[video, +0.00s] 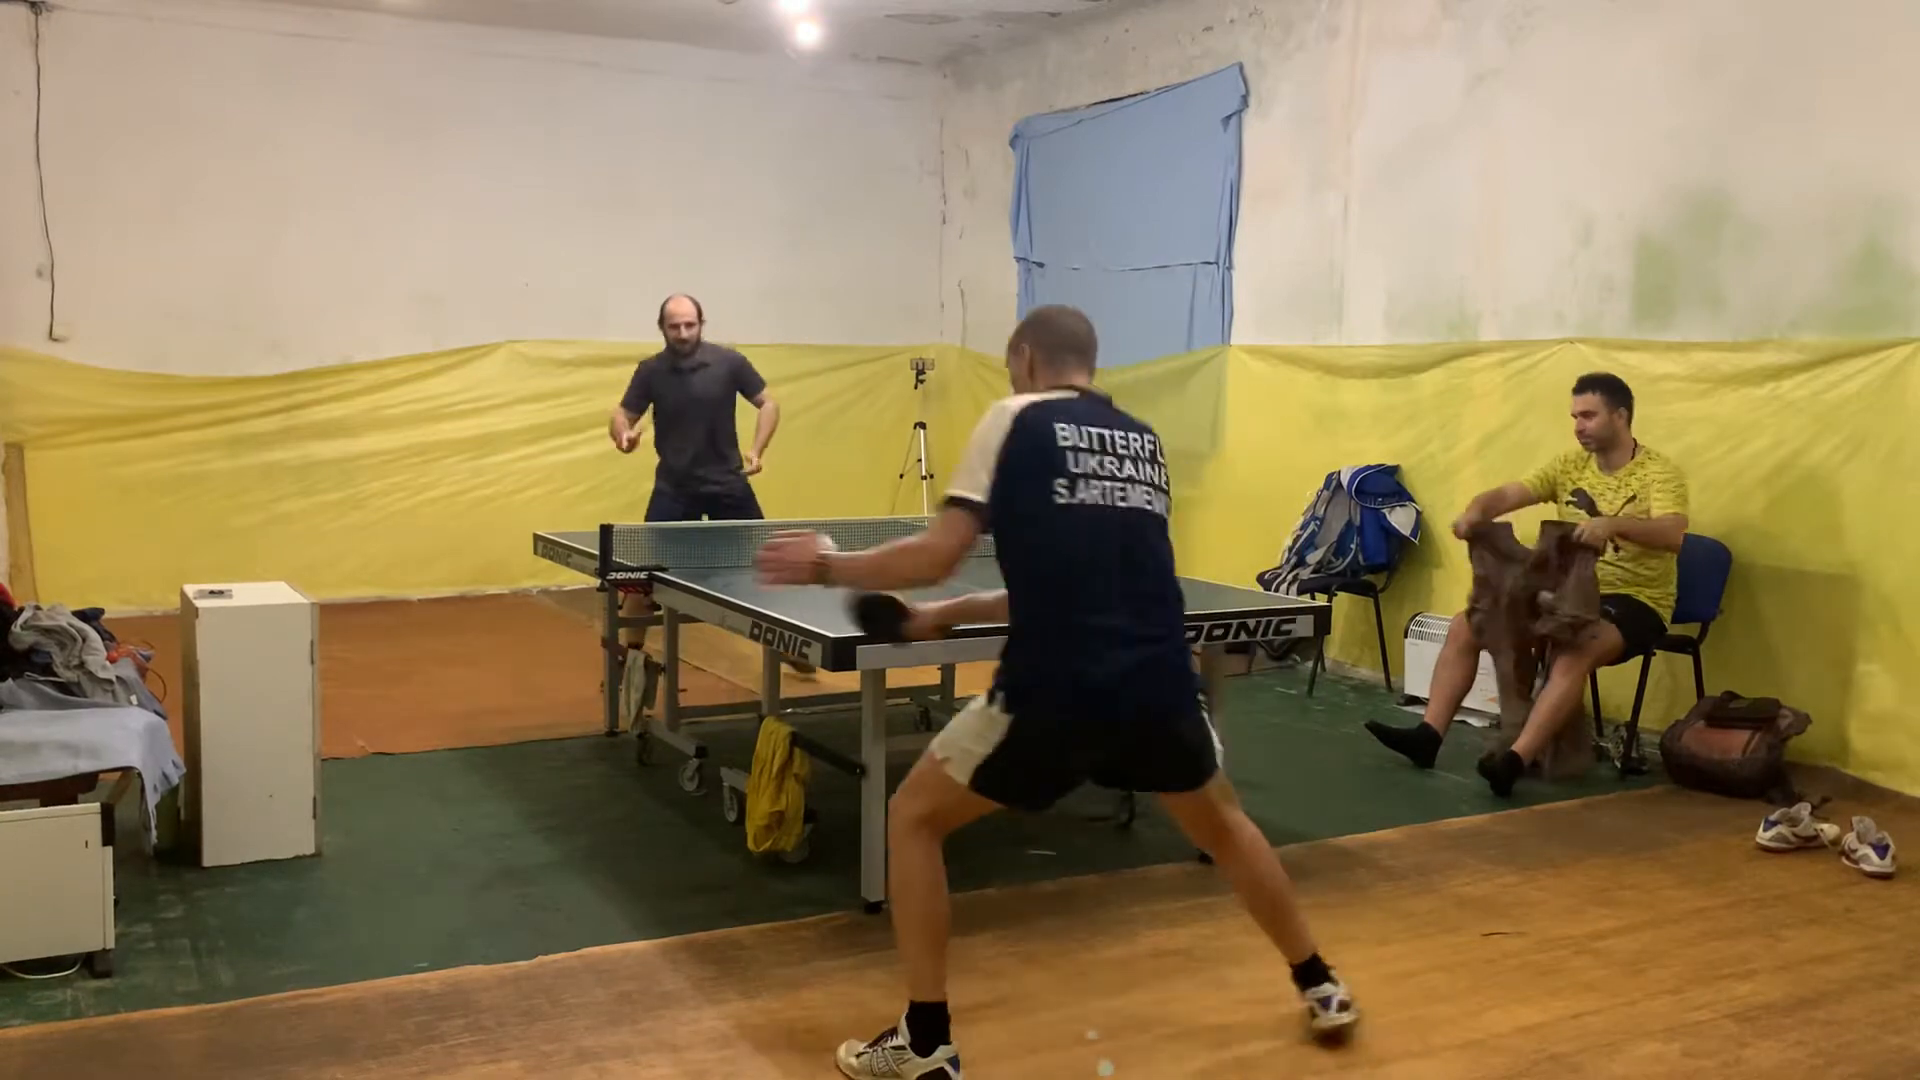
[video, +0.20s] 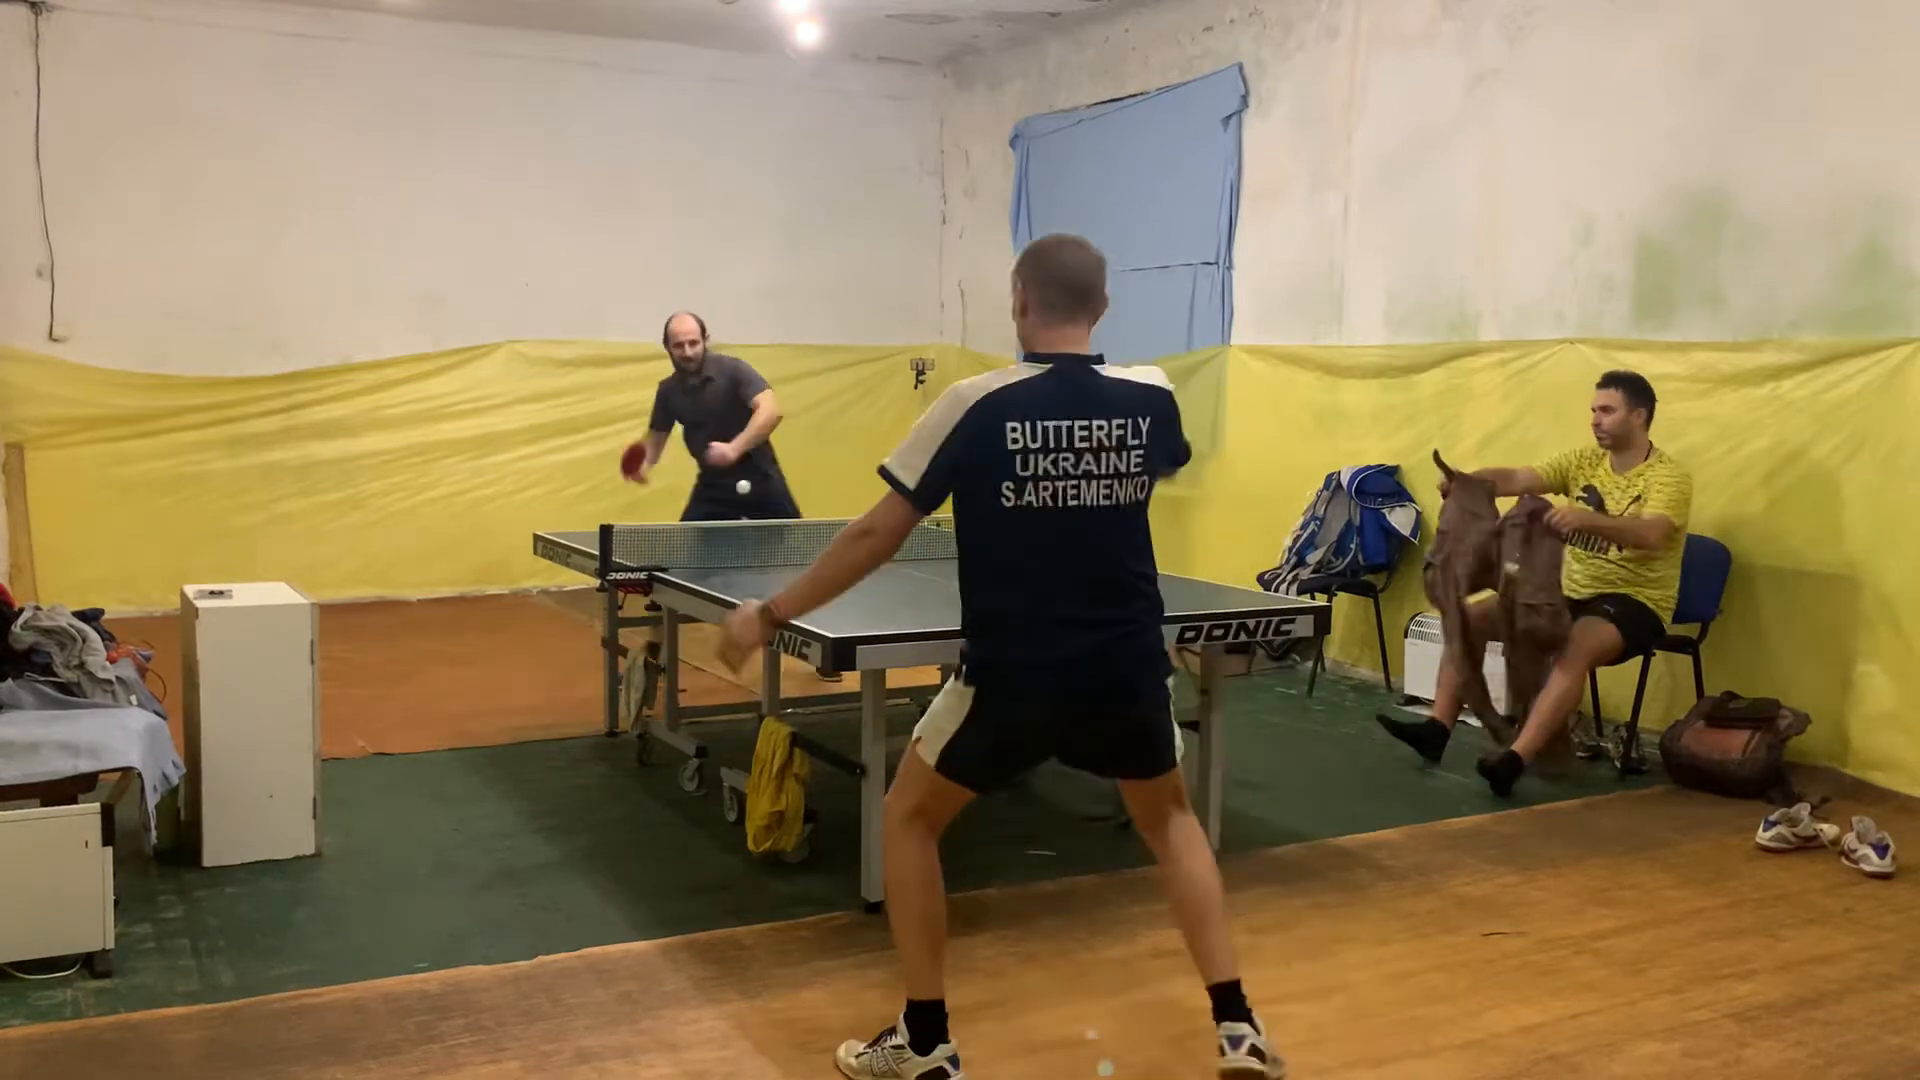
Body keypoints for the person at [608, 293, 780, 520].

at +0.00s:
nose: (682, 334)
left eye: (689, 326)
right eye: (674, 327)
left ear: (701, 324)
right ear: (662, 328)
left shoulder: (729, 363)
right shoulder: (650, 371)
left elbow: (768, 405)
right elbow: (623, 415)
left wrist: (756, 451)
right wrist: (623, 436)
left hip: (726, 485)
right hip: (673, 487)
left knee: (759, 552)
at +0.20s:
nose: (687, 353)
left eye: (693, 344)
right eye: (678, 346)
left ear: (705, 341)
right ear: (667, 348)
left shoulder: (734, 370)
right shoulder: (669, 391)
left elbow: (770, 411)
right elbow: (656, 437)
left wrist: (734, 448)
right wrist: (644, 462)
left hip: (761, 481)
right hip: (713, 485)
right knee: (683, 550)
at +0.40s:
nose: (712, 397)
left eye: (718, 388)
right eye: (704, 391)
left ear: (733, 385)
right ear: (697, 392)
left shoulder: (754, 411)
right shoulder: (719, 422)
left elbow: (738, 450)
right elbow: (739, 472)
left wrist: (690, 479)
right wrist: (743, 513)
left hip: (800, 518)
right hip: (755, 518)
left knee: (822, 586)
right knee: (697, 572)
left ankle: (848, 655)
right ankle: (701, 660)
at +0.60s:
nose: (778, 398)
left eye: (784, 389)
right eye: (774, 390)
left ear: (807, 384)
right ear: (772, 391)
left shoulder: (837, 415)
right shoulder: (799, 422)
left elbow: (879, 462)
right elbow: (816, 475)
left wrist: (848, 502)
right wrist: (808, 515)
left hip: (856, 525)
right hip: (814, 522)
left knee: (867, 597)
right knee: (754, 575)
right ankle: (711, 656)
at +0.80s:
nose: (857, 358)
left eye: (864, 351)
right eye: (853, 353)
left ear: (886, 355)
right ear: (851, 358)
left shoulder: (912, 399)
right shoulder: (845, 391)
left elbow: (928, 450)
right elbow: (810, 374)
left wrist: (886, 468)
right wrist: (834, 323)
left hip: (882, 515)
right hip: (830, 509)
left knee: (905, 587)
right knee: (778, 557)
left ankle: (948, 662)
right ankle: (772, 643)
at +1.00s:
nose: (864, 354)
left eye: (871, 347)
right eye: (857, 348)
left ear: (886, 350)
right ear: (849, 354)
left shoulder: (908, 393)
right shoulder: (839, 391)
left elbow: (926, 443)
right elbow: (798, 420)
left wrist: (890, 462)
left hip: (896, 507)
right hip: (842, 504)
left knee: (933, 573)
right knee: (802, 567)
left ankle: (961, 646)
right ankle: (793, 651)